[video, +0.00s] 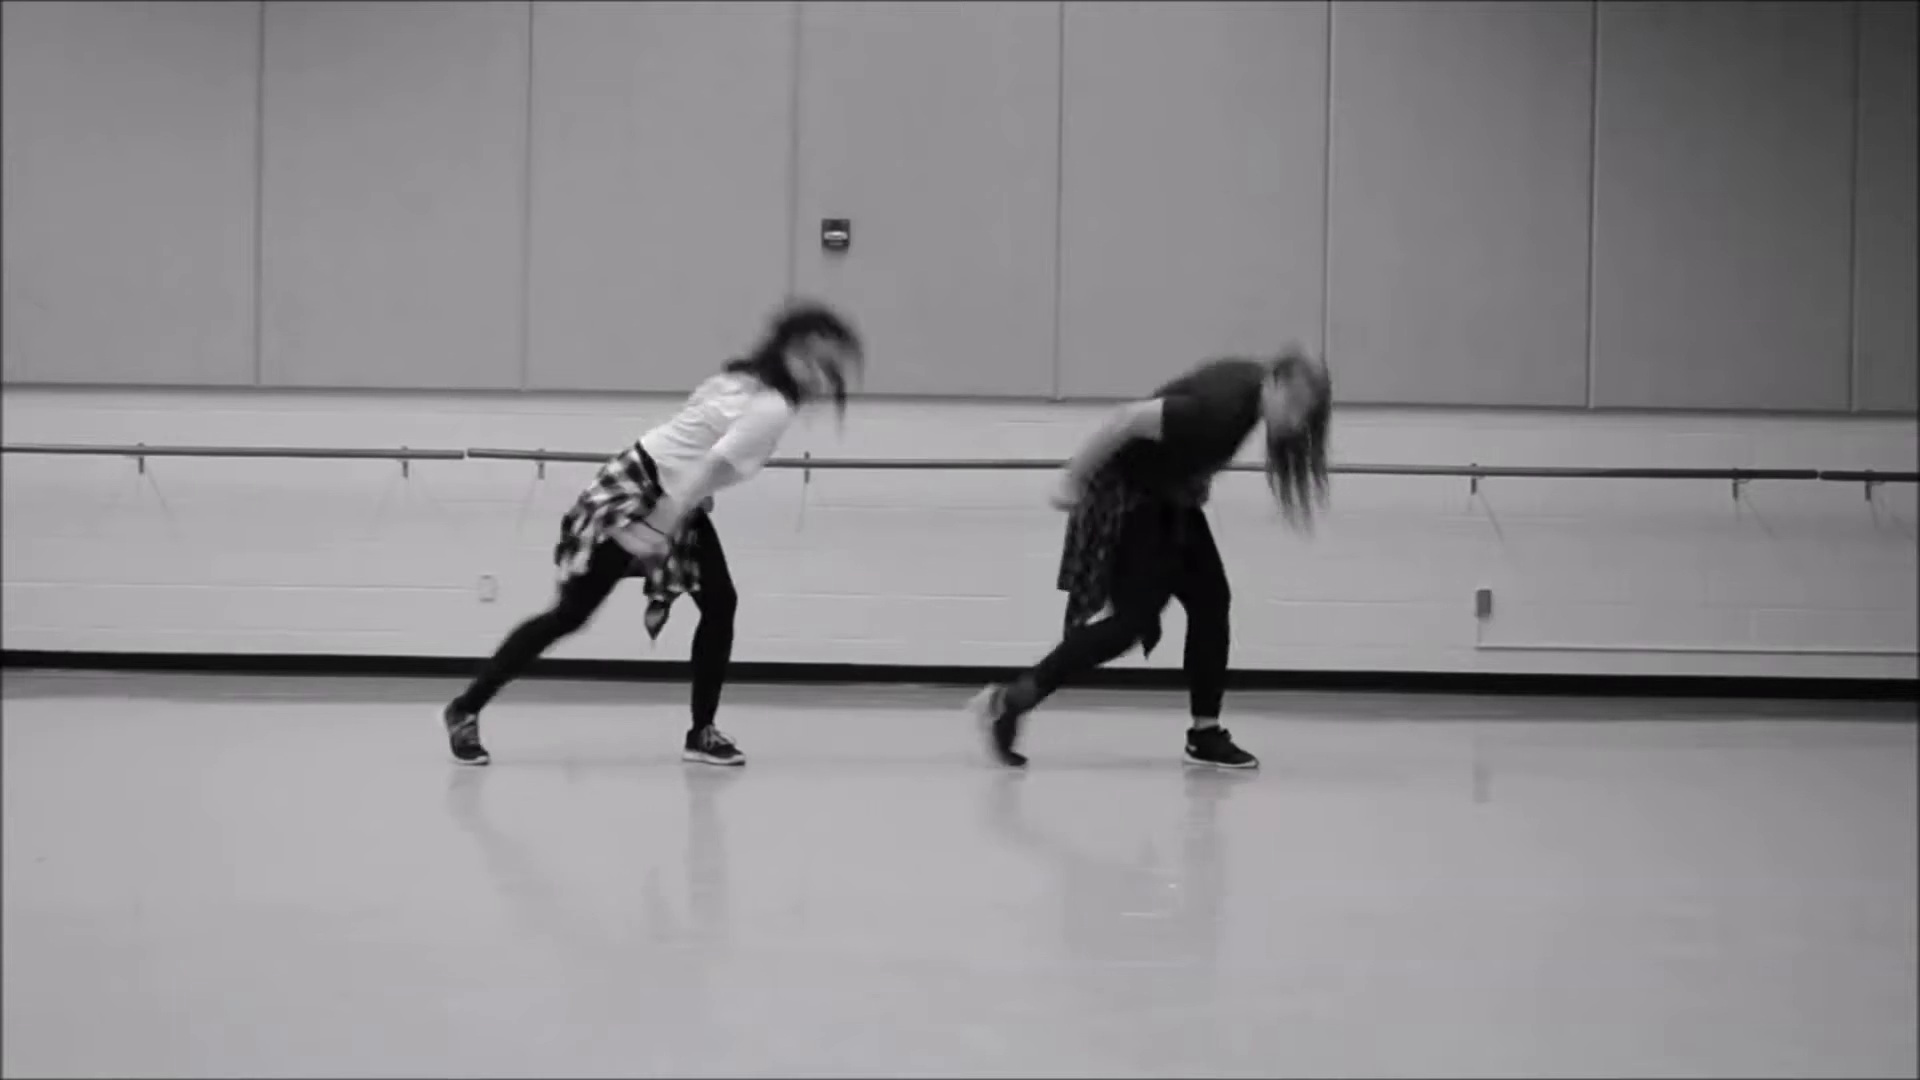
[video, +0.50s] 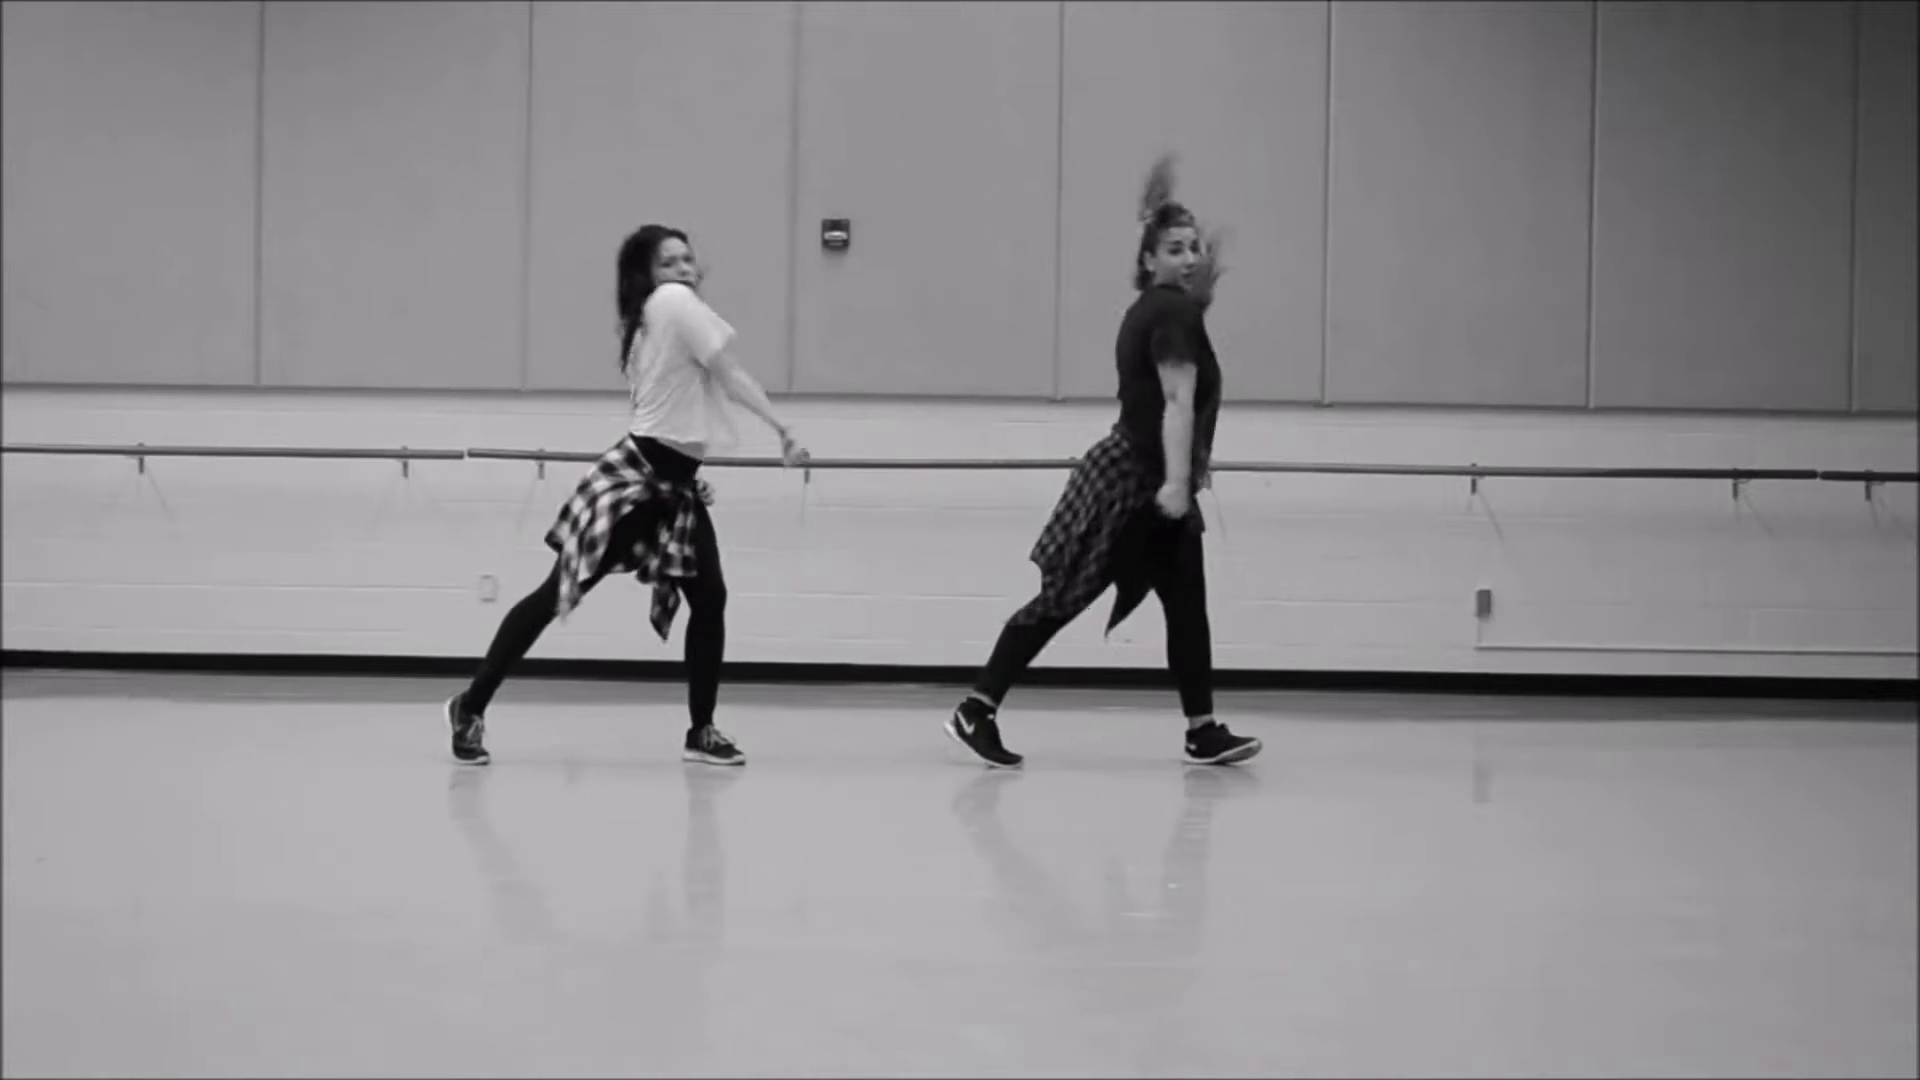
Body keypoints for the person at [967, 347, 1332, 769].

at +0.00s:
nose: (1296, 423)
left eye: (1306, 415)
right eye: (1297, 408)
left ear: (1287, 386)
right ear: (1277, 385)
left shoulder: (1249, 391)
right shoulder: (1217, 406)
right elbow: (1125, 419)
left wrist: (1192, 478)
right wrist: (1074, 479)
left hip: (1175, 499)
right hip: (1129, 497)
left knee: (1211, 604)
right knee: (1131, 622)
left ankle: (1205, 731)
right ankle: (1011, 700)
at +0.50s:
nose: (1191, 256)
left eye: (1194, 247)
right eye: (1177, 248)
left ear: (1194, 256)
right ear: (1153, 259)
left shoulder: (1158, 310)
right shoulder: (1170, 312)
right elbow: (1177, 400)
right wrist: (1177, 480)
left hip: (1160, 483)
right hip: (1136, 481)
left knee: (1187, 610)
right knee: (1067, 594)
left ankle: (1202, 729)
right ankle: (978, 707)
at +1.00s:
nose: (1164, 254)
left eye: (1170, 244)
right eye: (1150, 246)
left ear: (1178, 249)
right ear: (1127, 254)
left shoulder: (1169, 307)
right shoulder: (1123, 297)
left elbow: (1163, 403)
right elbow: (1169, 370)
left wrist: (1191, 464)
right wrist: (1219, 426)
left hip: (1165, 472)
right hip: (1114, 469)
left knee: (1181, 601)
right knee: (1072, 591)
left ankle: (1201, 729)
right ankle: (989, 706)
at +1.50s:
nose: (1109, 264)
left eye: (1117, 253)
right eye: (1096, 254)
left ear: (1128, 259)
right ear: (1076, 263)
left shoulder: (1152, 316)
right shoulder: (1052, 328)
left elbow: (1167, 380)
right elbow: (1050, 414)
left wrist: (1086, 356)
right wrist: (1019, 442)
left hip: (1133, 485)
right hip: (1059, 486)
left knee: (1184, 598)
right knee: (1028, 609)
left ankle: (1212, 720)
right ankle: (985, 723)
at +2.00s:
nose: (1117, 263)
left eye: (1124, 252)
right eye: (1104, 255)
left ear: (1136, 259)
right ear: (1086, 266)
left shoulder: (1168, 329)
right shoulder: (1063, 329)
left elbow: (1197, 411)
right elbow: (1041, 408)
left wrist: (1228, 482)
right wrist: (1078, 407)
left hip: (1158, 492)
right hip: (1080, 490)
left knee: (1209, 593)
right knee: (1042, 603)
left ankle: (1201, 726)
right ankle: (983, 722)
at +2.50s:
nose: (1311, 324)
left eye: (1315, 314)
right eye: (1300, 313)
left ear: (1314, 317)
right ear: (1268, 318)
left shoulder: (1241, 362)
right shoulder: (1260, 369)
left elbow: (1222, 438)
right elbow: (1273, 469)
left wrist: (1247, 493)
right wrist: (1335, 523)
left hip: (1177, 489)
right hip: (1172, 493)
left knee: (1241, 601)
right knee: (1249, 592)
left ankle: (1197, 729)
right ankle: (1283, 728)